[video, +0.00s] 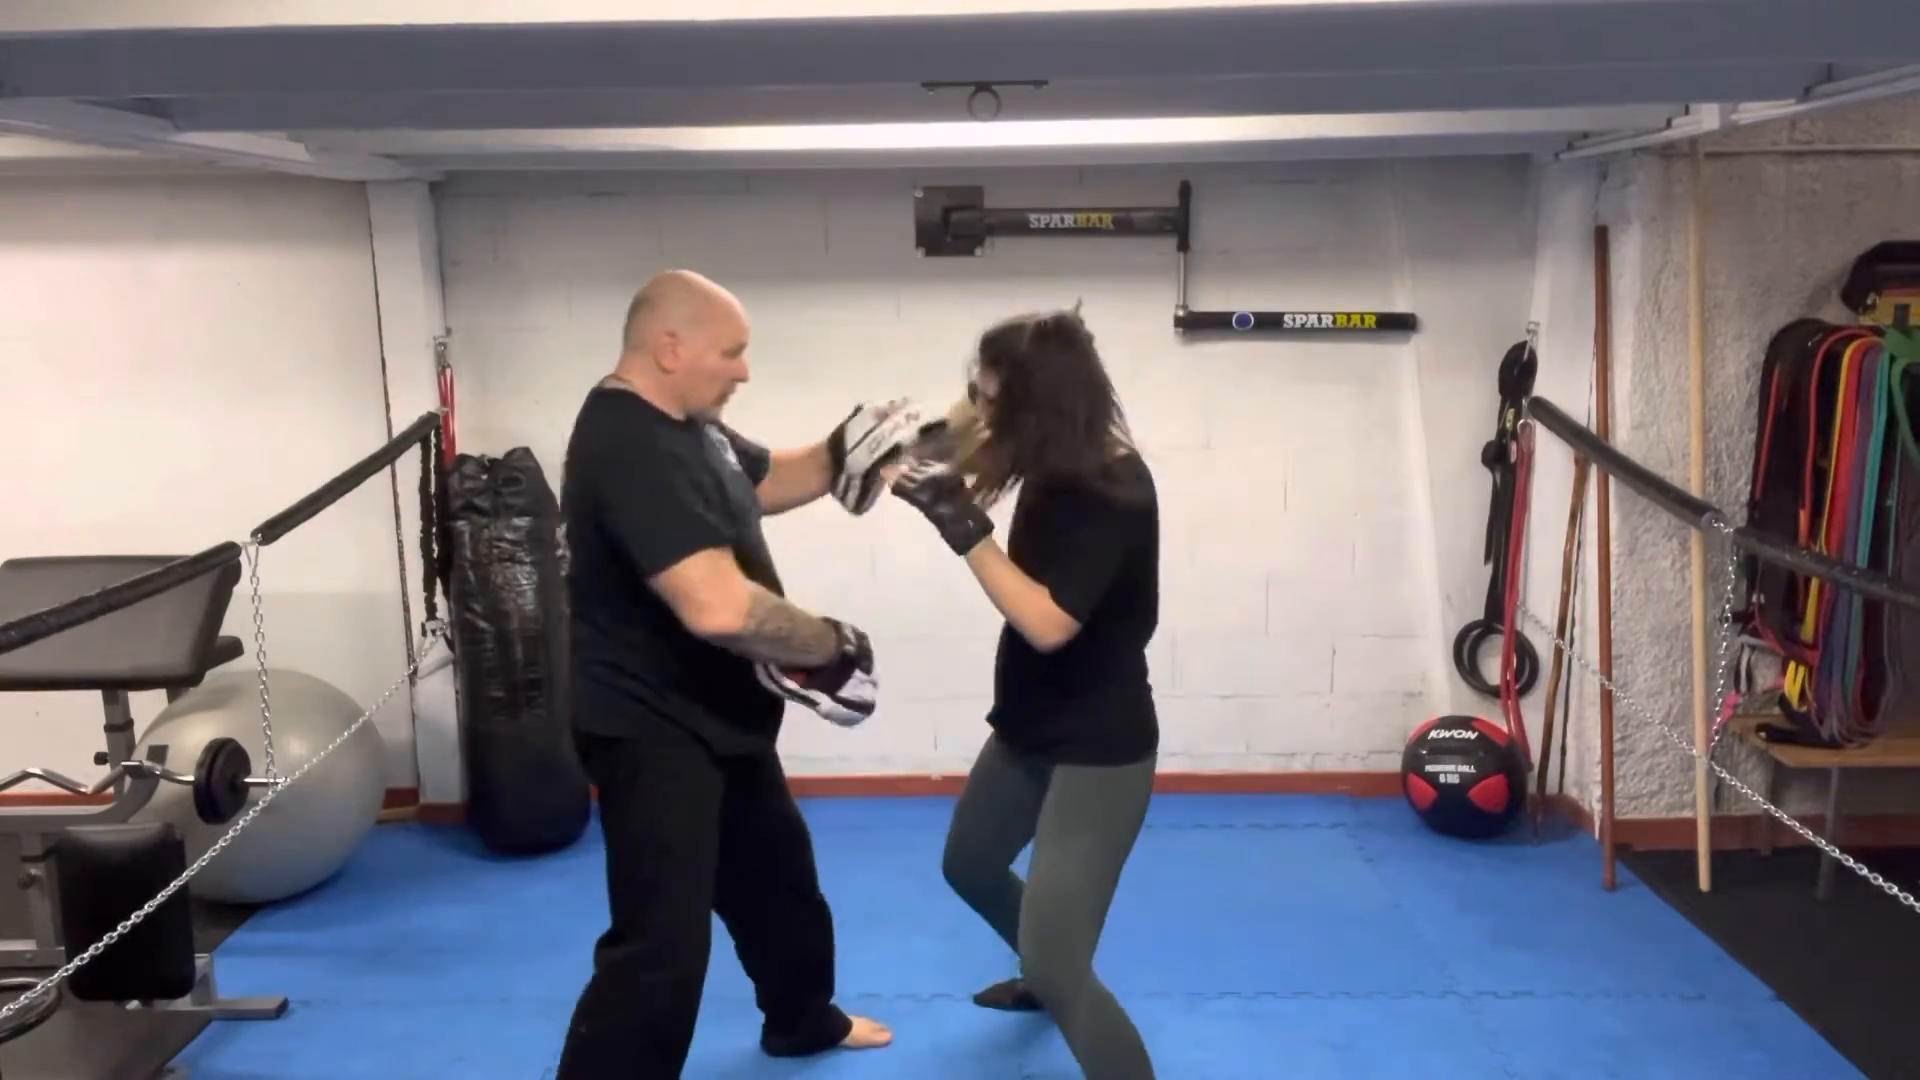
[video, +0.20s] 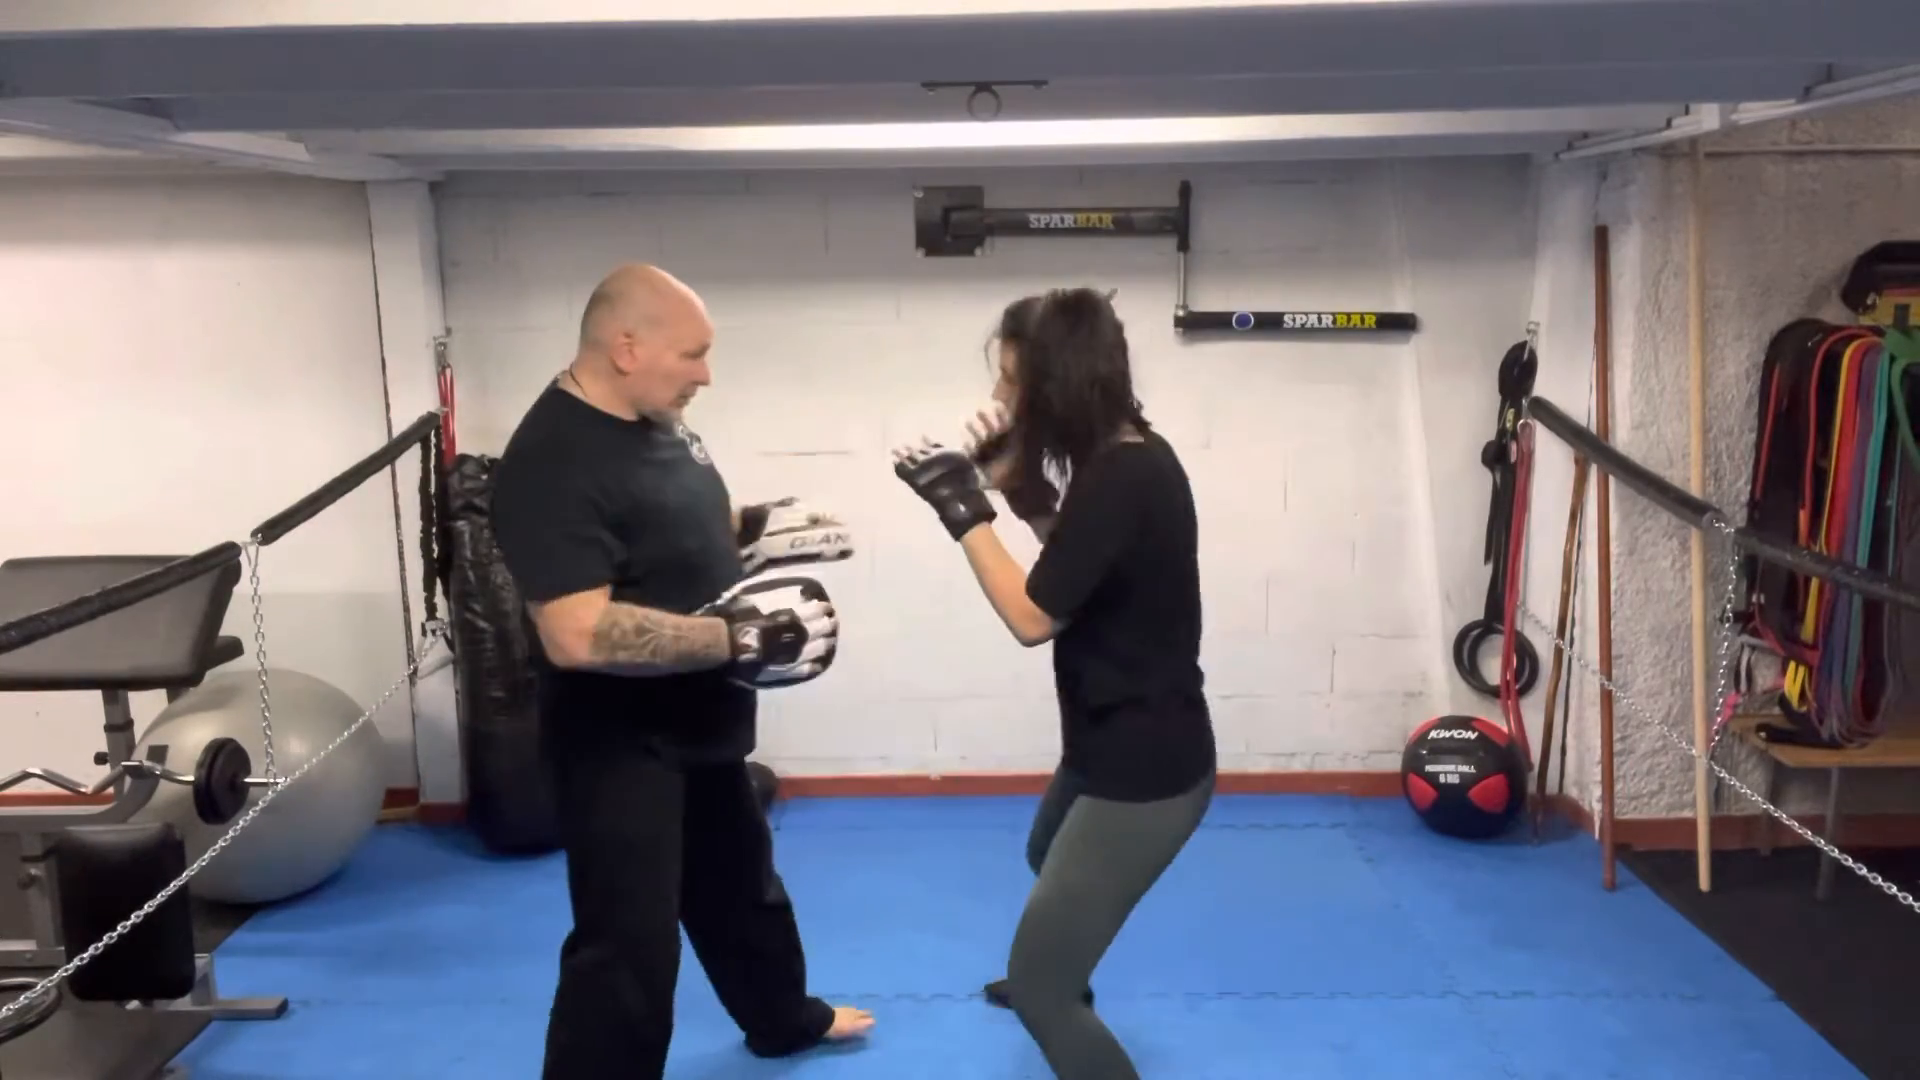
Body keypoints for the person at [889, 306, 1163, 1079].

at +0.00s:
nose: (978, 409)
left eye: (989, 396)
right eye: (980, 394)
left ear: (1033, 406)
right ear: (1050, 400)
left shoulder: (1109, 491)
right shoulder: (1046, 465)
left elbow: (1049, 621)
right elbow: (967, 440)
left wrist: (967, 530)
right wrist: (907, 453)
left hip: (1102, 748)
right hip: (1030, 728)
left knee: (1054, 966)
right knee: (970, 865)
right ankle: (1050, 976)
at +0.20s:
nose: (999, 396)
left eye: (1009, 380)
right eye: (998, 378)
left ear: (1054, 385)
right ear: (1091, 374)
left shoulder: (1122, 476)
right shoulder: (1121, 456)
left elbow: (1032, 619)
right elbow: (1065, 535)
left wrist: (965, 515)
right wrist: (1009, 469)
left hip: (1149, 773)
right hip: (1110, 750)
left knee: (1043, 987)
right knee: (1049, 851)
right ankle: (1049, 988)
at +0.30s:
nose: (1018, 389)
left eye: (1028, 370)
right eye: (1018, 370)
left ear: (1075, 372)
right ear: (1112, 366)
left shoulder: (1131, 472)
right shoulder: (1165, 454)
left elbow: (1048, 614)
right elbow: (1131, 572)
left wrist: (976, 515)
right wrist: (1051, 514)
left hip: (1159, 779)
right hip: (1183, 760)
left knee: (1049, 986)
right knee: (1109, 864)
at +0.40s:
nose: (1042, 386)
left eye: (1052, 367)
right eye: (1042, 366)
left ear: (1101, 369)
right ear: (1122, 364)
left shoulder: (1159, 466)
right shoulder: (1187, 451)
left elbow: (1087, 614)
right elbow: (1155, 574)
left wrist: (1008, 522)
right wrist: (1071, 516)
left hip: (1182, 779)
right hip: (1218, 760)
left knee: (1065, 981)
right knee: (1170, 885)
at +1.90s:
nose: (1086, 421)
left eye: (1087, 404)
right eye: (1081, 405)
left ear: (1130, 400)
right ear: (1189, 384)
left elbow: (1017, 550)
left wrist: (984, 478)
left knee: (1038, 963)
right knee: (1259, 891)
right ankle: (1326, 1062)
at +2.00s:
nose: (1062, 422)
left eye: (1064, 406)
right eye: (1061, 406)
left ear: (1090, 403)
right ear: (1166, 391)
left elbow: (920, 467)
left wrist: (830, 423)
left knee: (1002, 979)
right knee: (1236, 900)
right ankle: (1318, 1063)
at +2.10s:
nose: (1014, 439)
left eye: (1014, 422)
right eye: (1009, 422)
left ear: (1045, 418)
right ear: (1114, 399)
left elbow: (909, 544)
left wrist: (846, 455)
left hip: (1111, 822)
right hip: (1199, 799)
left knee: (961, 985)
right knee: (1170, 912)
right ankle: (1303, 1052)